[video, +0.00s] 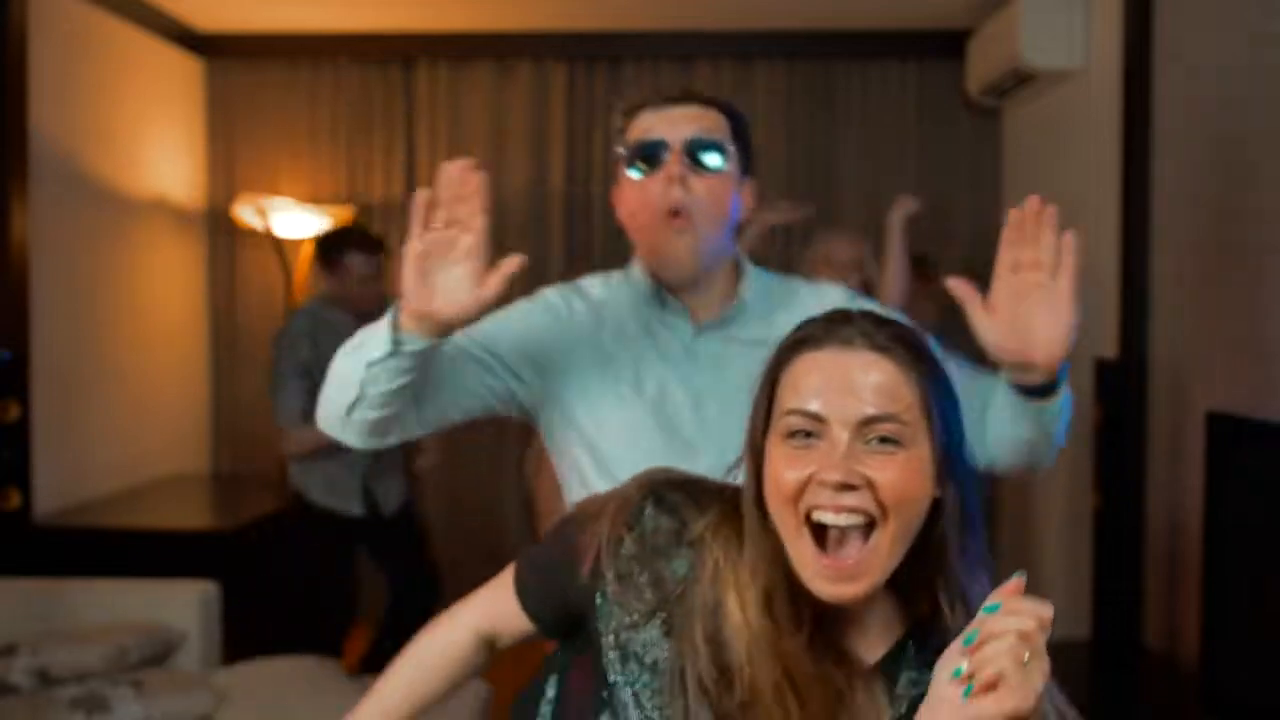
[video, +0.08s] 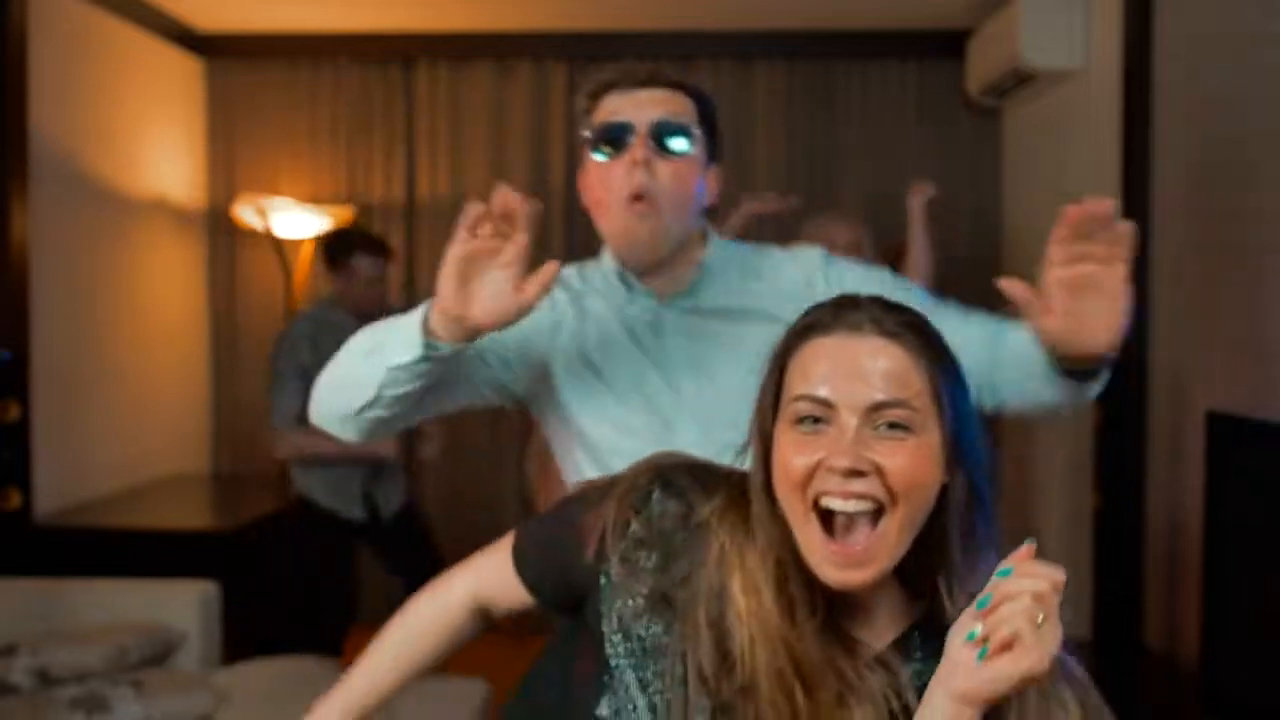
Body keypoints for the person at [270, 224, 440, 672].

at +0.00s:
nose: (377, 288)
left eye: (379, 275)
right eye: (365, 277)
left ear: (382, 270)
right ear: (333, 274)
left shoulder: (384, 323)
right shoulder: (304, 331)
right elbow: (292, 440)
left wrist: (419, 433)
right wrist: (359, 424)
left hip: (387, 486)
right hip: (327, 491)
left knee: (418, 590)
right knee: (333, 601)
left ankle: (375, 677)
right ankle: (316, 682)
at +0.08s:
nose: (380, 292)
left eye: (384, 279)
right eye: (370, 280)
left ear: (387, 275)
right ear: (340, 278)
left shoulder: (386, 331)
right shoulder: (305, 337)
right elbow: (285, 440)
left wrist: (422, 431)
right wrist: (372, 447)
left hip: (388, 497)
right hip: (326, 501)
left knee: (435, 589)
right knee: (330, 618)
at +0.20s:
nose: (385, 282)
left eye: (387, 271)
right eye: (376, 271)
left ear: (388, 269)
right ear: (345, 269)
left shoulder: (392, 327)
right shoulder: (309, 331)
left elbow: (416, 401)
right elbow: (276, 430)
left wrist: (391, 453)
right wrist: (353, 464)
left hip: (391, 491)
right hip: (330, 493)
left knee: (422, 594)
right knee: (330, 607)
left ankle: (393, 685)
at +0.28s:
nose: (389, 271)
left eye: (392, 260)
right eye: (381, 259)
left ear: (390, 261)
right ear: (349, 258)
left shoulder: (398, 323)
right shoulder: (313, 323)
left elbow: (411, 391)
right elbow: (270, 414)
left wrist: (406, 444)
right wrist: (329, 451)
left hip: (396, 484)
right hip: (332, 486)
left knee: (421, 590)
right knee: (329, 598)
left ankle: (396, 681)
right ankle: (320, 684)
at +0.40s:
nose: (391, 255)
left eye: (394, 246)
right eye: (382, 245)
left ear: (395, 250)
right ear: (351, 248)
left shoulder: (401, 311)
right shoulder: (317, 317)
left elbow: (427, 380)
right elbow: (265, 396)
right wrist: (325, 435)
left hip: (400, 472)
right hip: (340, 476)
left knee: (407, 590)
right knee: (340, 590)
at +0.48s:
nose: (393, 254)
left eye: (396, 244)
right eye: (383, 244)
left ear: (397, 248)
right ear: (352, 246)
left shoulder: (404, 310)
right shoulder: (319, 315)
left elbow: (436, 372)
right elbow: (261, 385)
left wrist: (439, 333)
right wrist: (323, 428)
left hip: (402, 475)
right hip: (341, 479)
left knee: (411, 600)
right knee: (329, 599)